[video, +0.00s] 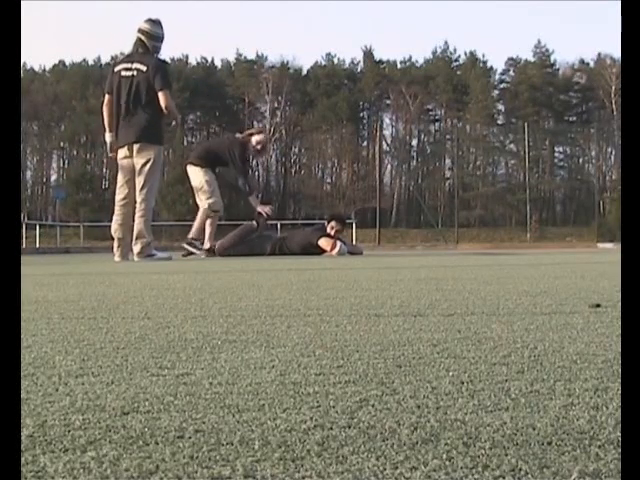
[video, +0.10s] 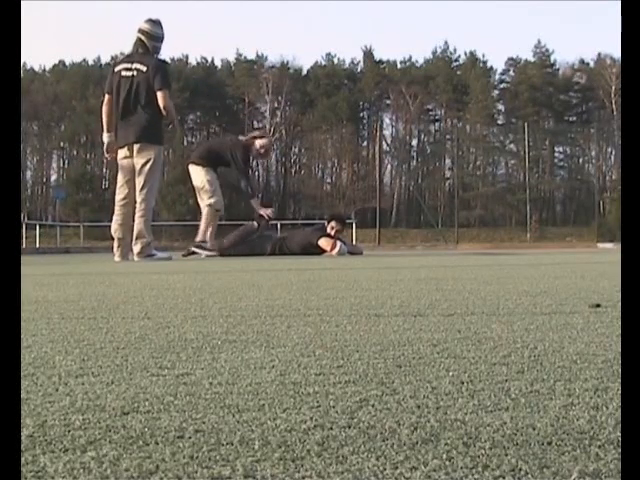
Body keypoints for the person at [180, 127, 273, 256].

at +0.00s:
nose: (259, 148)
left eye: (262, 146)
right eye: (258, 143)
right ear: (250, 137)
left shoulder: (242, 149)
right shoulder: (237, 146)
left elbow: (246, 178)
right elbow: (242, 181)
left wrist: (257, 203)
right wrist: (257, 205)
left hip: (207, 166)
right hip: (198, 164)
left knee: (215, 208)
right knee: (208, 204)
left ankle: (208, 246)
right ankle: (192, 238)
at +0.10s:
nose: (261, 151)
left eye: (264, 151)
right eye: (262, 146)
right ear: (255, 139)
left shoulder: (244, 151)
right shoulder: (239, 148)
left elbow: (247, 180)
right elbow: (244, 181)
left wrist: (258, 206)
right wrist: (258, 208)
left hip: (208, 166)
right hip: (199, 163)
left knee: (216, 206)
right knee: (211, 203)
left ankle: (209, 243)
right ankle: (200, 240)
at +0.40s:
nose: (275, 171)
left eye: (277, 168)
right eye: (275, 167)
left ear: (267, 156)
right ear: (269, 159)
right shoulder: (251, 159)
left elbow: (255, 192)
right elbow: (255, 191)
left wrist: (265, 219)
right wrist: (268, 220)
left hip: (203, 163)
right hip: (211, 165)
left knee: (213, 209)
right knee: (224, 205)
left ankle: (207, 246)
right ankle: (218, 246)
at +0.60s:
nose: (276, 177)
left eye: (279, 175)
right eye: (279, 173)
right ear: (275, 166)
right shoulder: (257, 164)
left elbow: (259, 198)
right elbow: (259, 198)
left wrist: (269, 223)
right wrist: (271, 226)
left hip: (207, 163)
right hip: (216, 165)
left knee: (219, 208)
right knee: (229, 205)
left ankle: (212, 243)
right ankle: (219, 246)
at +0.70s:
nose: (276, 179)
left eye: (279, 176)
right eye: (278, 175)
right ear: (274, 169)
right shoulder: (259, 169)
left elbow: (259, 199)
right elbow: (260, 200)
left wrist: (270, 224)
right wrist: (272, 228)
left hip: (208, 162)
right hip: (217, 164)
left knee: (221, 208)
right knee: (228, 205)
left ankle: (217, 245)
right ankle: (219, 246)